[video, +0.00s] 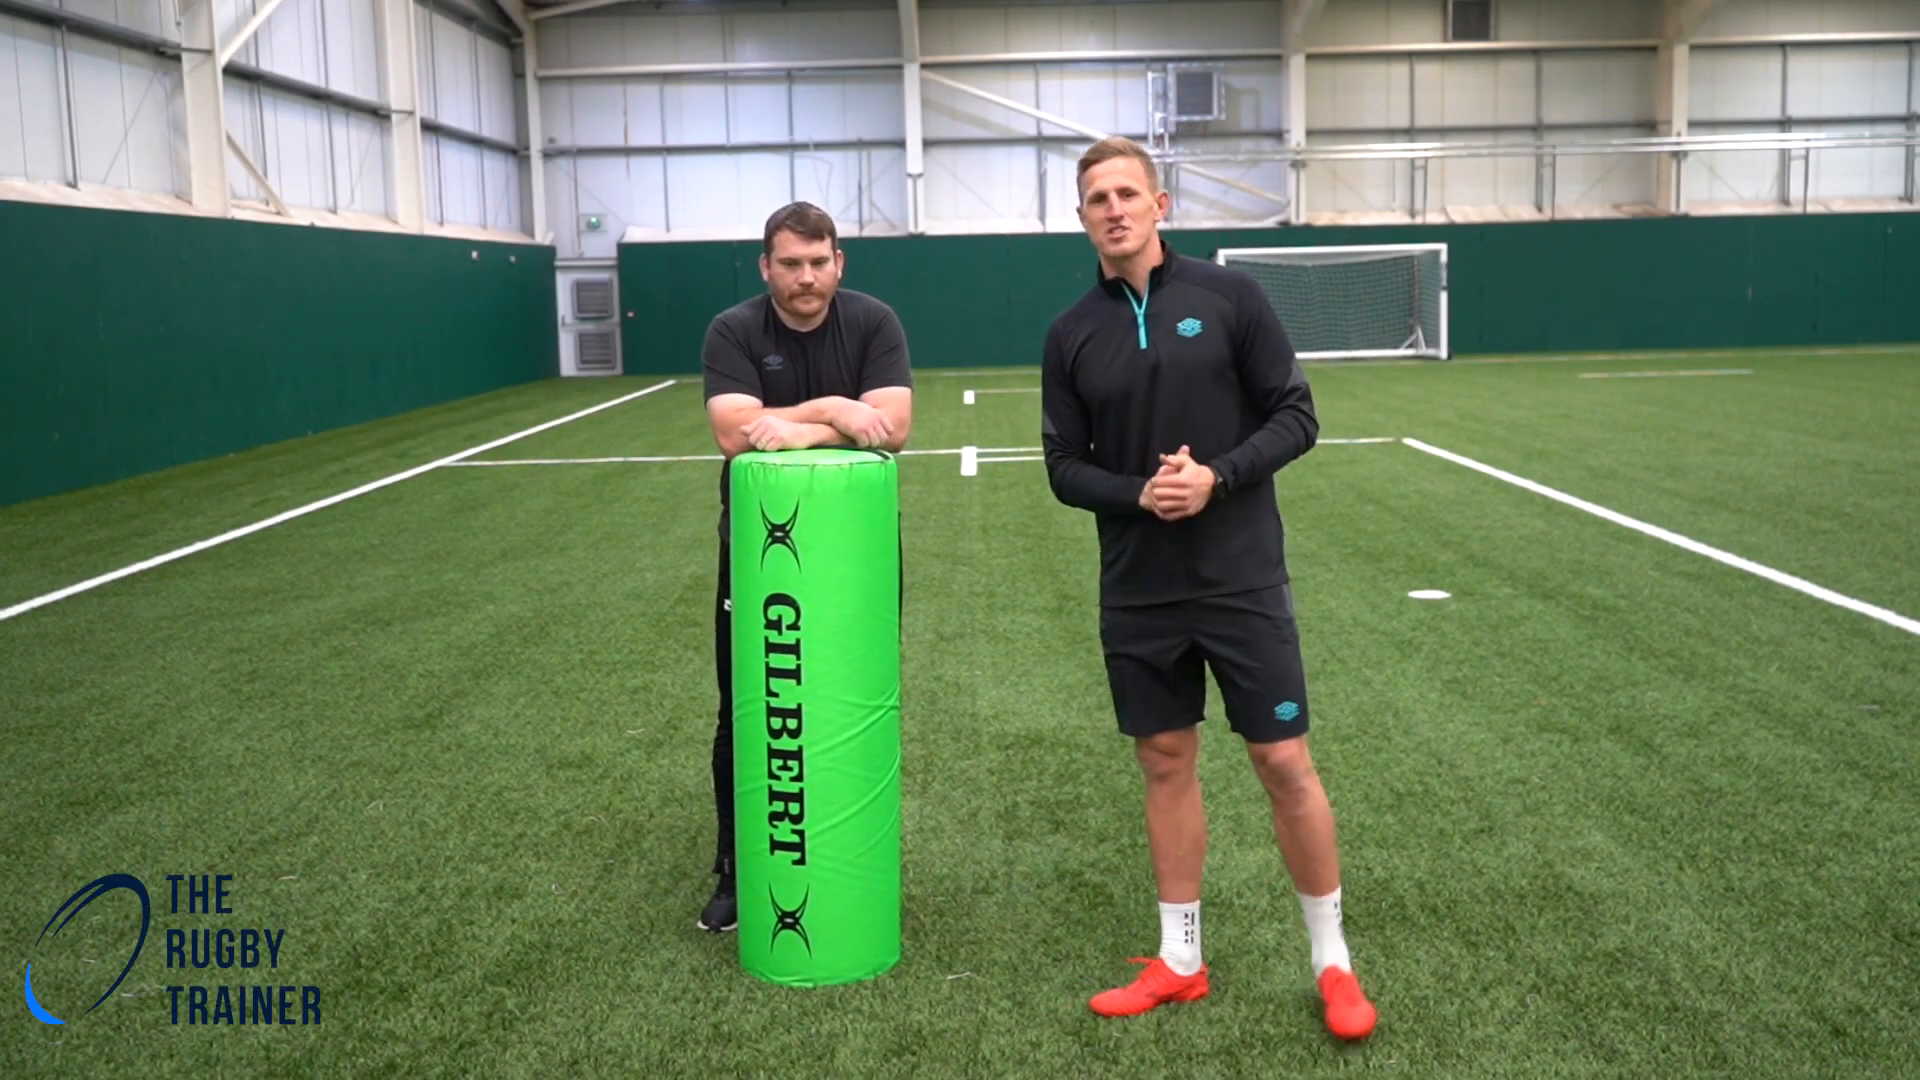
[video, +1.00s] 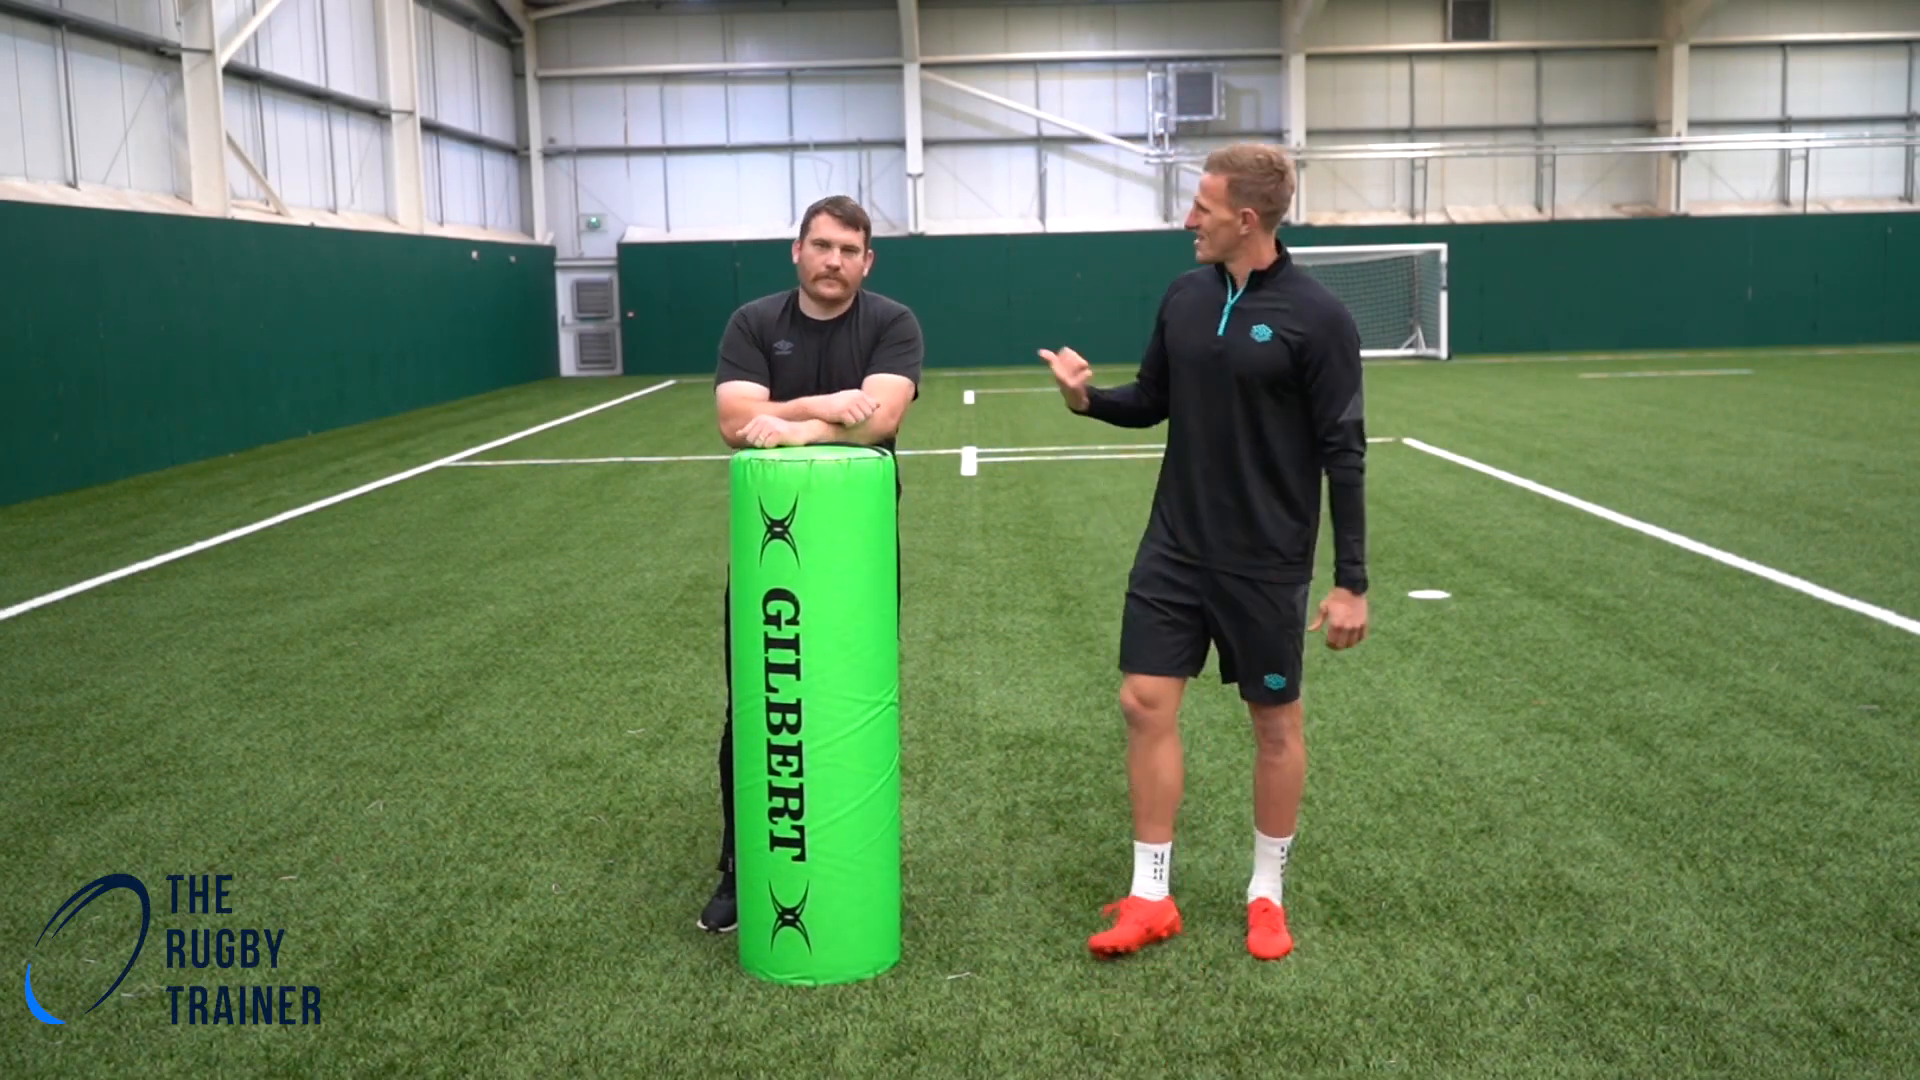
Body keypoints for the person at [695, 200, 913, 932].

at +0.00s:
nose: (806, 278)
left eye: (819, 264)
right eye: (791, 265)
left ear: (838, 262)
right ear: (766, 267)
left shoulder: (873, 322)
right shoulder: (735, 331)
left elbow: (892, 426)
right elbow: (735, 435)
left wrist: (785, 423)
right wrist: (837, 412)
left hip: (853, 548)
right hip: (758, 549)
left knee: (852, 717)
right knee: (746, 713)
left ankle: (849, 882)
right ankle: (736, 875)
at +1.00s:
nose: (834, 261)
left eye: (849, 250)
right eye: (822, 246)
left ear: (867, 260)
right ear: (798, 250)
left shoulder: (893, 323)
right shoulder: (754, 322)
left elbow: (882, 418)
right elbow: (734, 423)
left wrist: (781, 422)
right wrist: (837, 406)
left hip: (856, 548)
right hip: (768, 548)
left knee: (850, 716)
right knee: (751, 712)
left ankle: (844, 881)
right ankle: (739, 871)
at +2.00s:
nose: (864, 257)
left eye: (866, 244)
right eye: (849, 243)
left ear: (863, 255)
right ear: (801, 252)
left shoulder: (878, 322)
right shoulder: (748, 320)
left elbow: (893, 416)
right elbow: (730, 424)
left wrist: (785, 414)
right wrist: (850, 412)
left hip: (848, 544)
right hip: (755, 540)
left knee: (840, 705)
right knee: (739, 701)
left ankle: (834, 869)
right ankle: (724, 865)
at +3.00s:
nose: (757, 255)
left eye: (756, 242)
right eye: (741, 246)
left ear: (740, 254)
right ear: (692, 260)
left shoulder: (775, 314)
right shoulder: (646, 342)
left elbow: (828, 405)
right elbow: (680, 450)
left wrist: (753, 425)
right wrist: (785, 412)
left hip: (782, 554)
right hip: (693, 561)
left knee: (793, 716)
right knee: (694, 726)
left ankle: (804, 866)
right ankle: (710, 873)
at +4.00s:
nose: (800, 268)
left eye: (807, 254)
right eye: (783, 257)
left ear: (814, 254)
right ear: (742, 261)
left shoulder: (839, 316)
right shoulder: (704, 329)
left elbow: (866, 417)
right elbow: (717, 432)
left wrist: (786, 429)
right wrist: (822, 404)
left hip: (825, 554)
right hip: (728, 555)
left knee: (822, 712)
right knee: (717, 715)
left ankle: (823, 869)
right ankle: (713, 870)